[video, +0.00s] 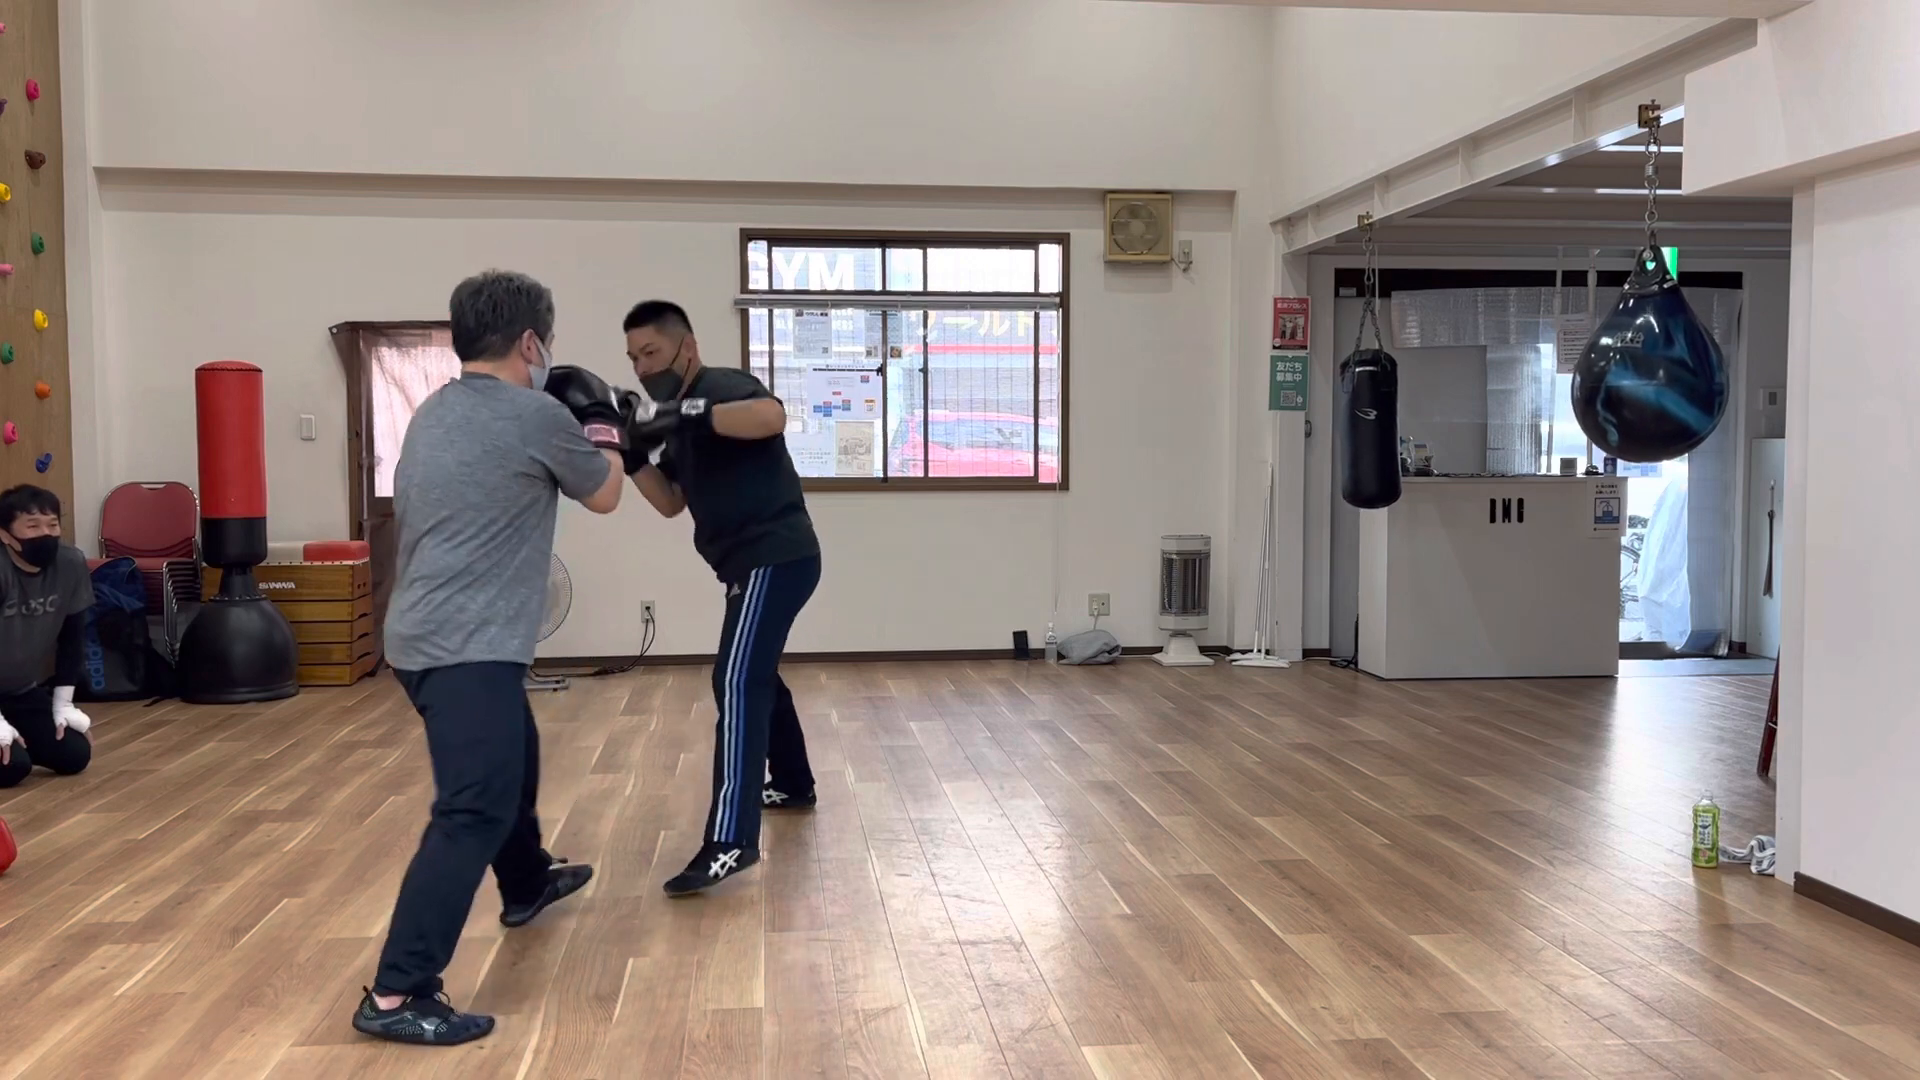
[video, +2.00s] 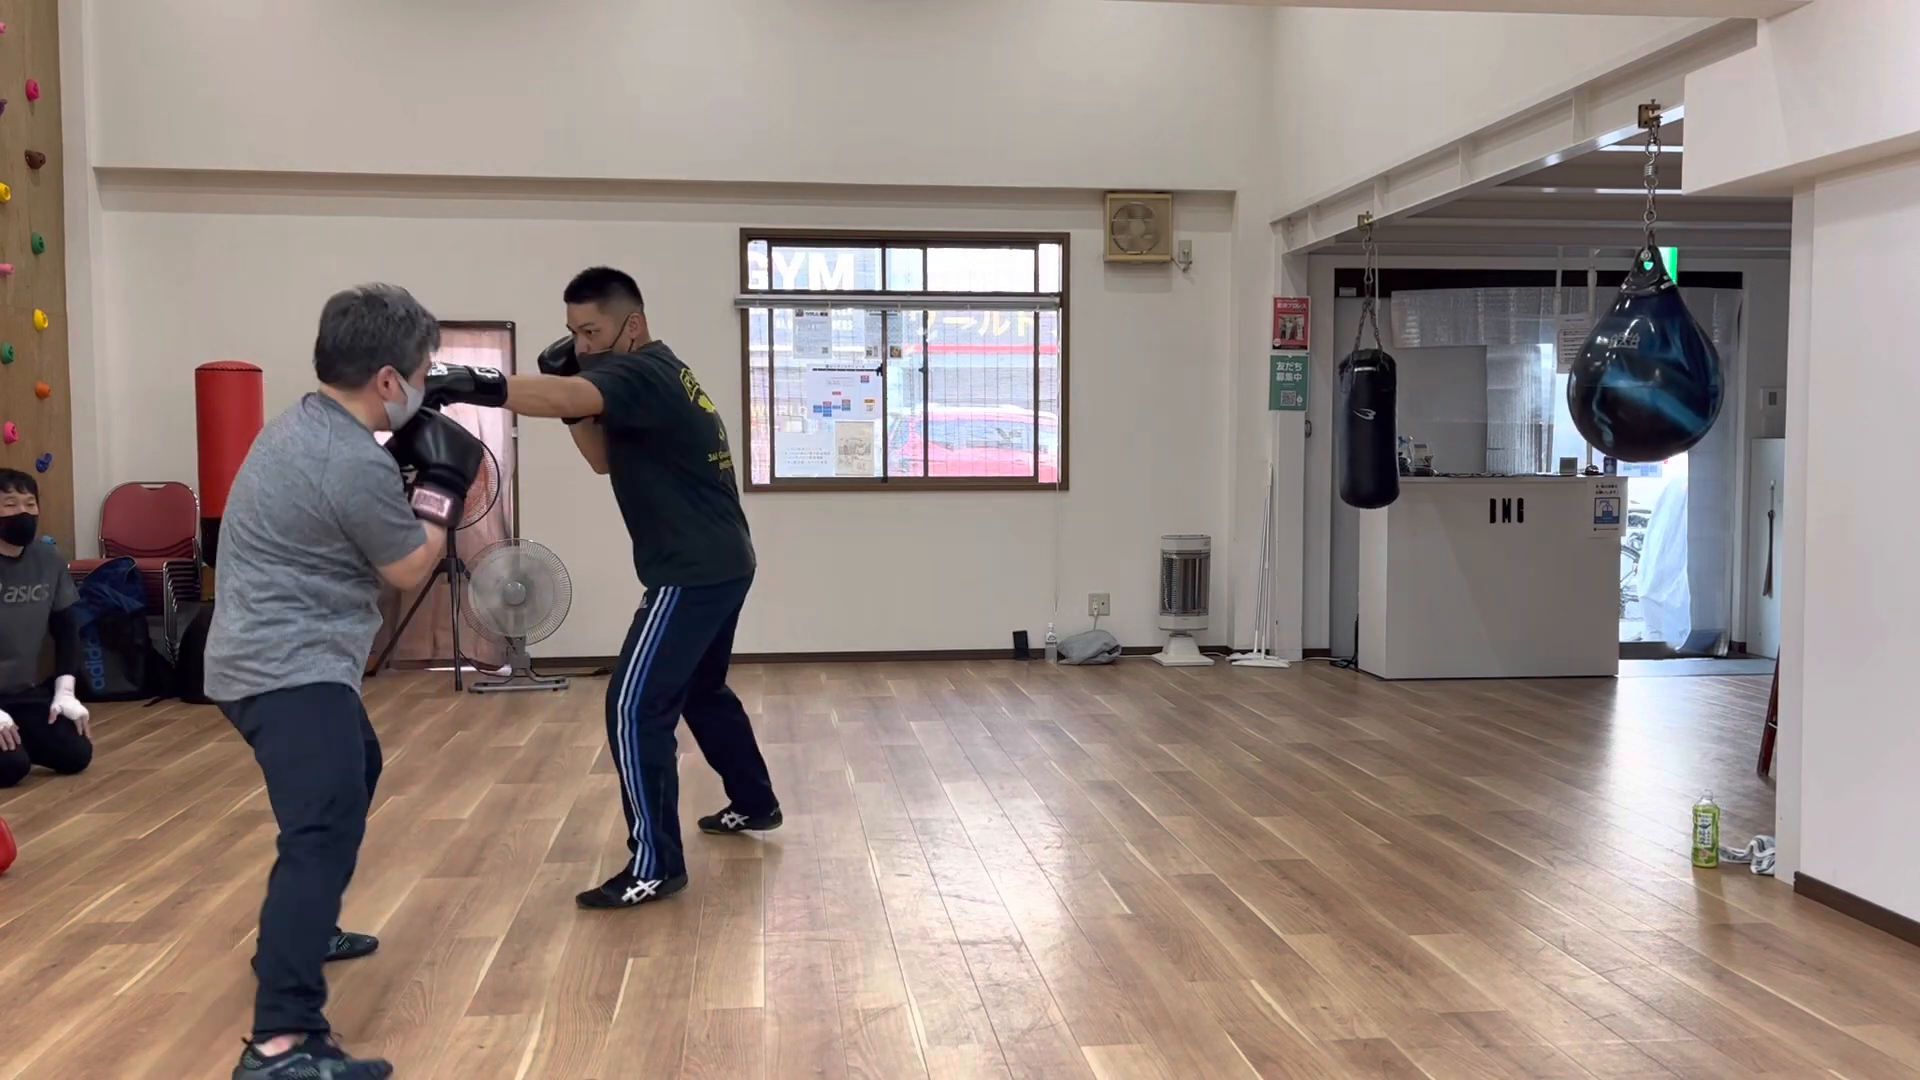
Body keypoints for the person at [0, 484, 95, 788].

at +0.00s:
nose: (46, 534)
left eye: (53, 524)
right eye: (33, 526)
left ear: (60, 526)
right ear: (7, 537)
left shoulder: (70, 563)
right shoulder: (2, 571)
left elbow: (72, 637)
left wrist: (63, 702)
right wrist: (0, 720)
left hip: (28, 691)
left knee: (74, 756)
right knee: (13, 767)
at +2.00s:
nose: (22, 512)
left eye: (29, 503)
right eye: (10, 504)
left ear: (38, 510)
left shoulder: (48, 561)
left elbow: (67, 630)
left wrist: (65, 690)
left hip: (25, 693)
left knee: (75, 755)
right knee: (11, 767)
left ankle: (10, 730)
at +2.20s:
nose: (13, 507)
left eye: (19, 499)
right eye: (3, 499)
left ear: (29, 506)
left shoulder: (41, 557)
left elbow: (67, 621)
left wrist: (56, 677)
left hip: (20, 692)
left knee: (76, 756)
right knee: (11, 764)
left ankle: (11, 731)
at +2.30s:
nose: (11, 507)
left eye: (17, 499)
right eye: (2, 499)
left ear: (26, 504)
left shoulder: (38, 556)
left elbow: (68, 619)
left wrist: (51, 673)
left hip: (18, 689)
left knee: (76, 756)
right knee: (9, 766)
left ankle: (9, 731)